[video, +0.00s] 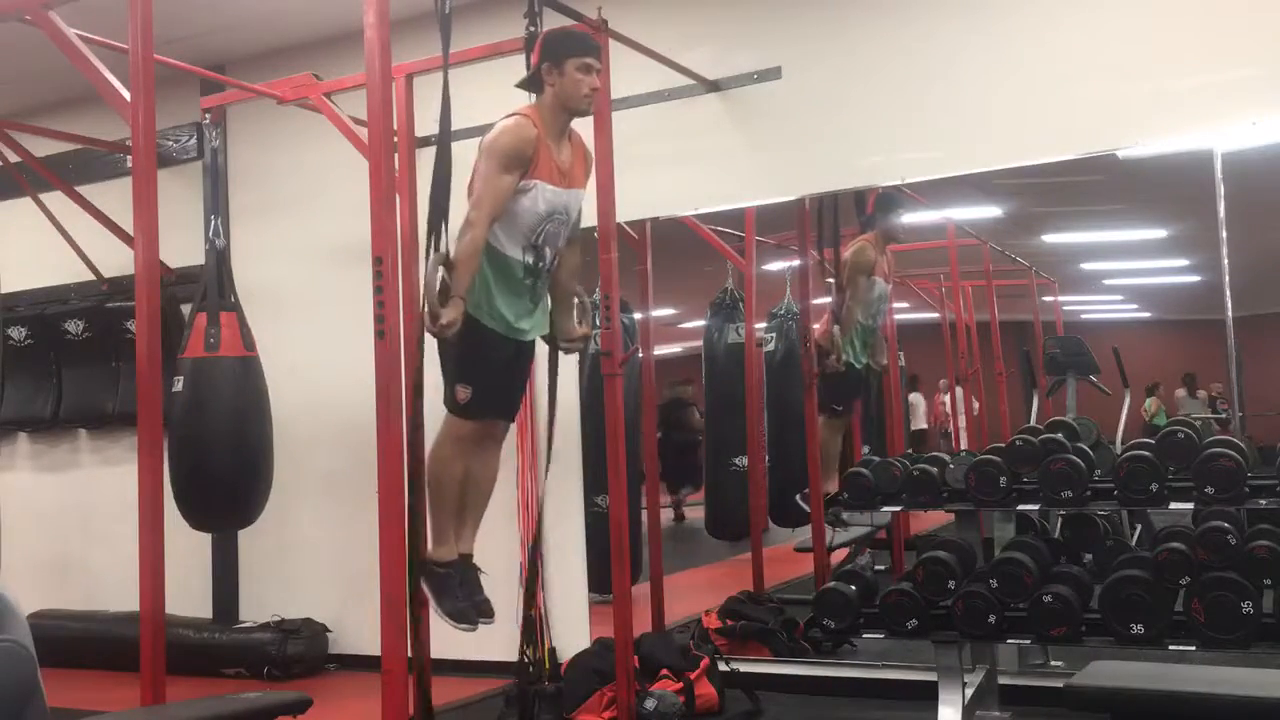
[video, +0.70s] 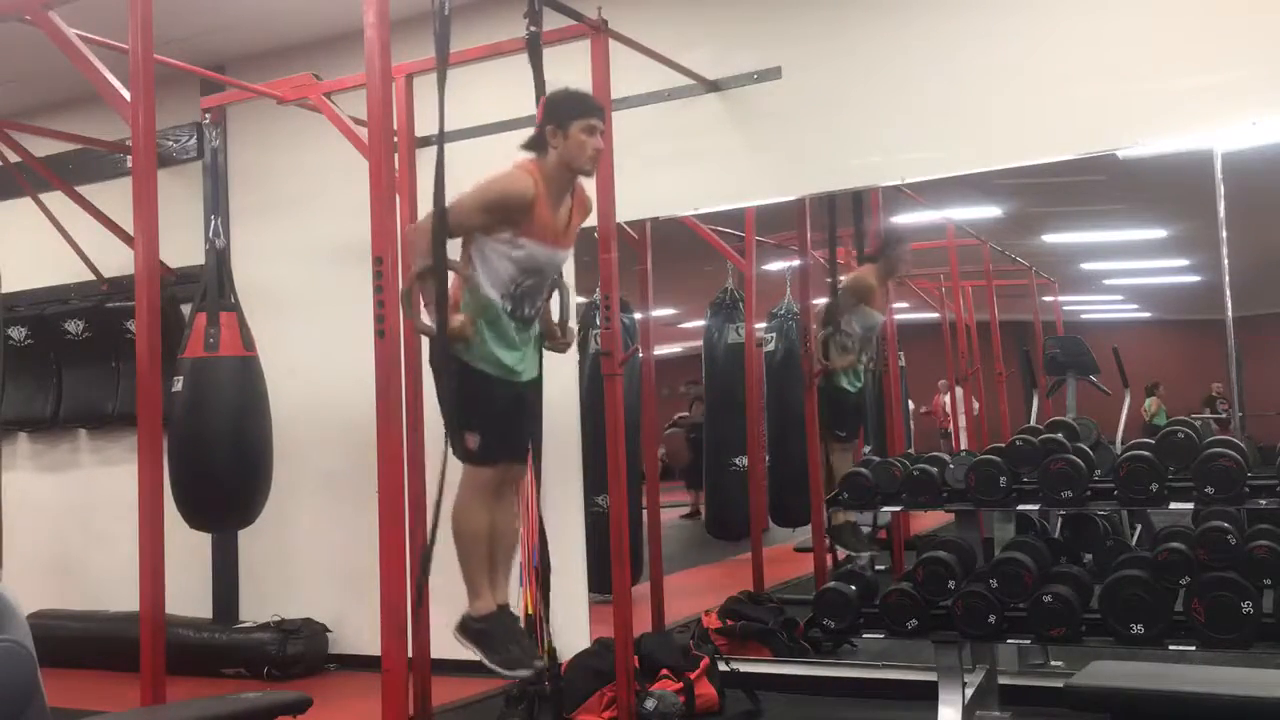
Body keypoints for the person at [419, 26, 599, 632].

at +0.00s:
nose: (596, 82)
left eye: (598, 72)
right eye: (584, 70)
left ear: (590, 82)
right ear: (548, 74)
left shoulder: (578, 151)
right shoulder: (516, 133)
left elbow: (565, 242)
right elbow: (476, 221)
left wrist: (566, 318)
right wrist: (456, 299)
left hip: (524, 314)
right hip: (480, 306)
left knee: (491, 433)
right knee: (462, 427)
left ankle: (462, 554)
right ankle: (439, 555)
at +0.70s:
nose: (598, 144)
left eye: (600, 135)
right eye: (587, 133)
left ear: (591, 143)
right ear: (552, 135)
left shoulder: (576, 201)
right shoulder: (515, 189)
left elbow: (539, 270)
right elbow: (419, 233)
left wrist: (552, 321)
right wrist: (438, 314)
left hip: (521, 345)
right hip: (474, 340)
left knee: (511, 472)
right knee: (483, 472)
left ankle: (499, 608)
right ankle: (478, 612)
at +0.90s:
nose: (605, 203)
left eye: (606, 192)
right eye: (595, 192)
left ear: (591, 199)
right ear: (557, 194)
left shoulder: (573, 247)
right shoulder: (515, 237)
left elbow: (513, 281)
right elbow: (416, 235)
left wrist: (540, 324)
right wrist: (427, 315)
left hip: (513, 383)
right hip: (467, 381)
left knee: (524, 516)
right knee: (493, 516)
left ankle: (524, 649)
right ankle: (502, 657)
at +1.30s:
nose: (595, 235)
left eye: (596, 226)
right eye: (584, 224)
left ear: (585, 234)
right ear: (547, 229)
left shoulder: (570, 282)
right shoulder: (511, 264)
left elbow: (545, 330)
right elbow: (419, 244)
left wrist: (568, 340)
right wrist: (435, 315)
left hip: (506, 420)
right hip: (455, 417)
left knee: (552, 529)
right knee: (523, 531)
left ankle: (557, 666)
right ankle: (537, 675)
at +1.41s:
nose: (581, 231)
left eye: (582, 222)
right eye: (570, 221)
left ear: (568, 230)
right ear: (534, 226)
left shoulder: (560, 277)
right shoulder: (499, 264)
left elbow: (558, 336)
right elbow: (409, 258)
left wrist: (568, 335)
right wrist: (448, 317)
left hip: (505, 420)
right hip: (455, 419)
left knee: (560, 525)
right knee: (533, 527)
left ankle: (579, 664)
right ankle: (562, 672)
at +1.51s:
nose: (561, 236)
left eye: (563, 227)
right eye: (550, 225)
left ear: (557, 234)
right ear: (514, 229)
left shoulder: (551, 285)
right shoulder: (483, 270)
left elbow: (570, 338)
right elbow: (412, 291)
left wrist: (571, 334)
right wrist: (453, 316)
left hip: (502, 431)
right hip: (451, 432)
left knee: (573, 525)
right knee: (544, 528)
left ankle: (606, 661)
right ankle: (590, 667)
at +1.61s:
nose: (538, 254)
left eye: (539, 244)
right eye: (526, 243)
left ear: (536, 252)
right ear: (491, 249)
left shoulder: (527, 302)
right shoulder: (452, 286)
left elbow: (542, 341)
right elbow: (381, 333)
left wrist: (562, 335)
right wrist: (431, 321)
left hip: (506, 454)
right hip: (453, 457)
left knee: (586, 532)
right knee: (560, 538)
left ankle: (642, 663)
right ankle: (630, 673)